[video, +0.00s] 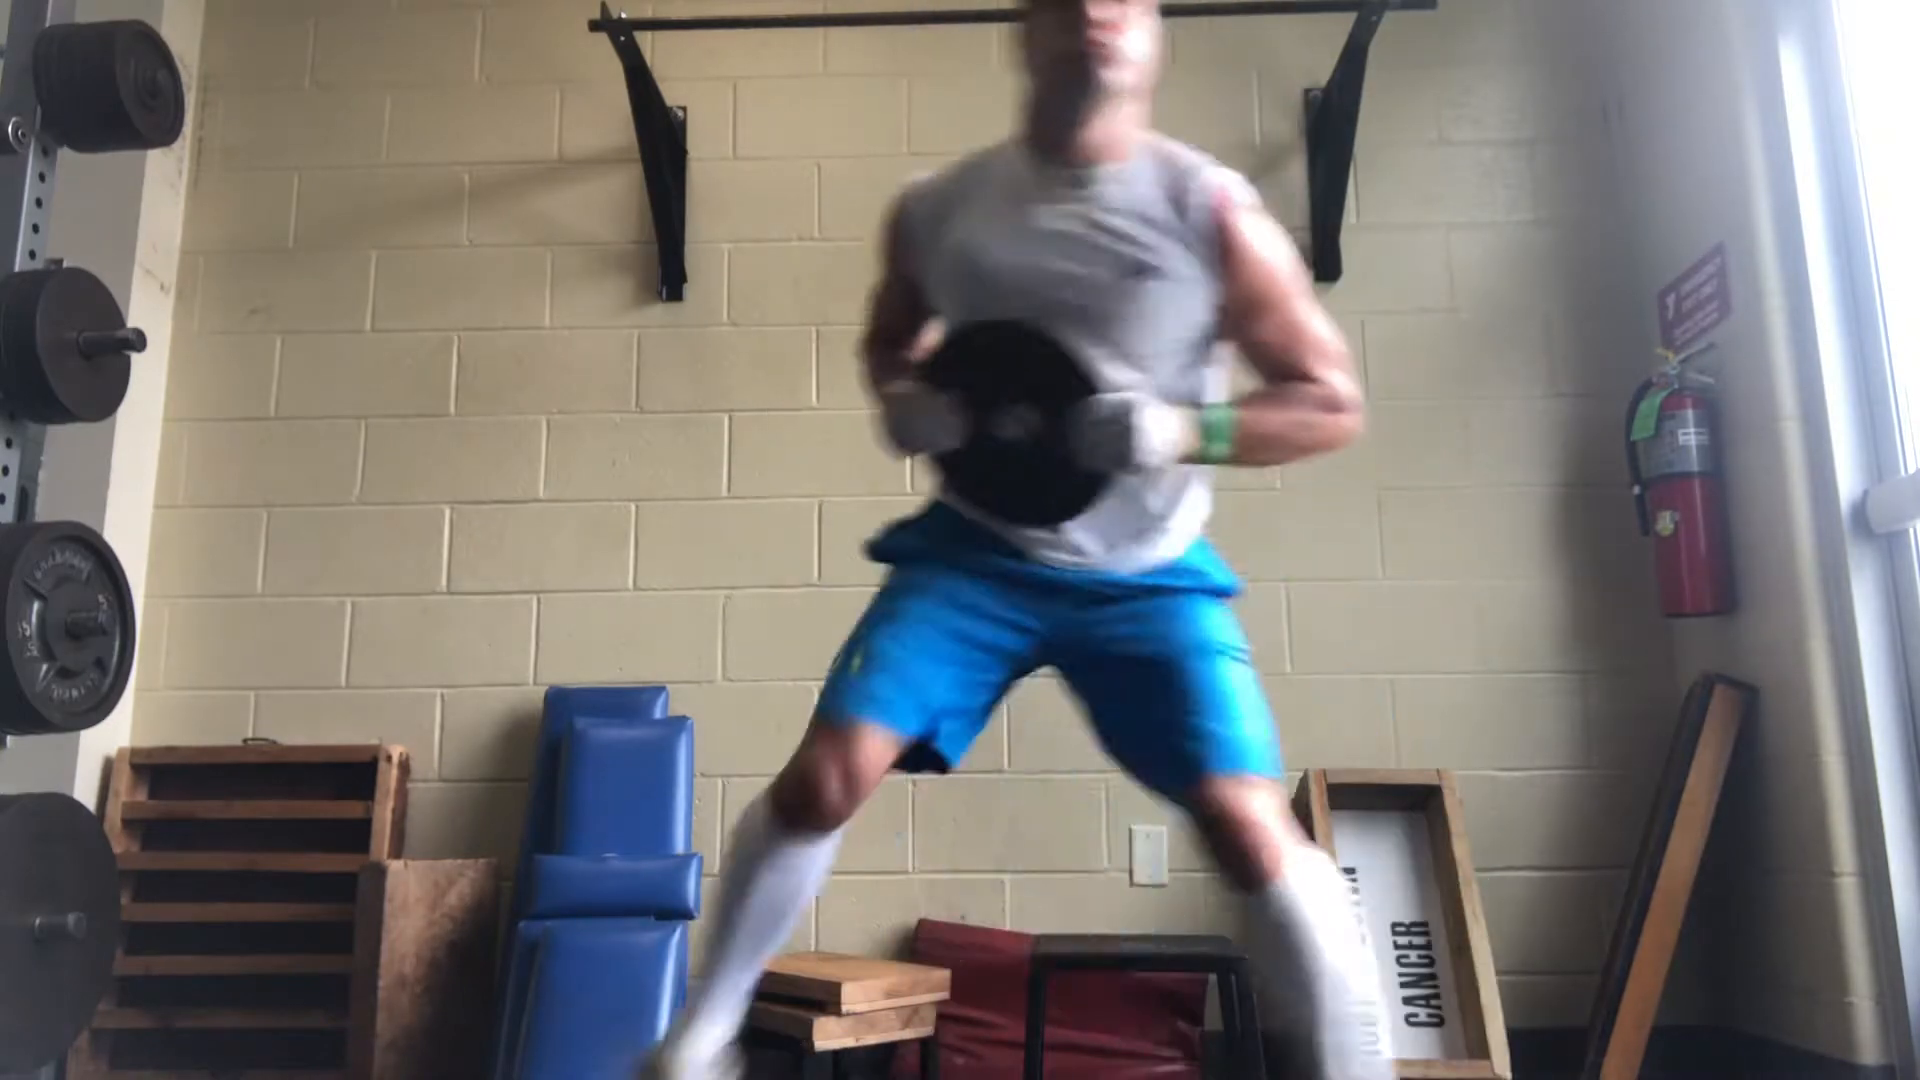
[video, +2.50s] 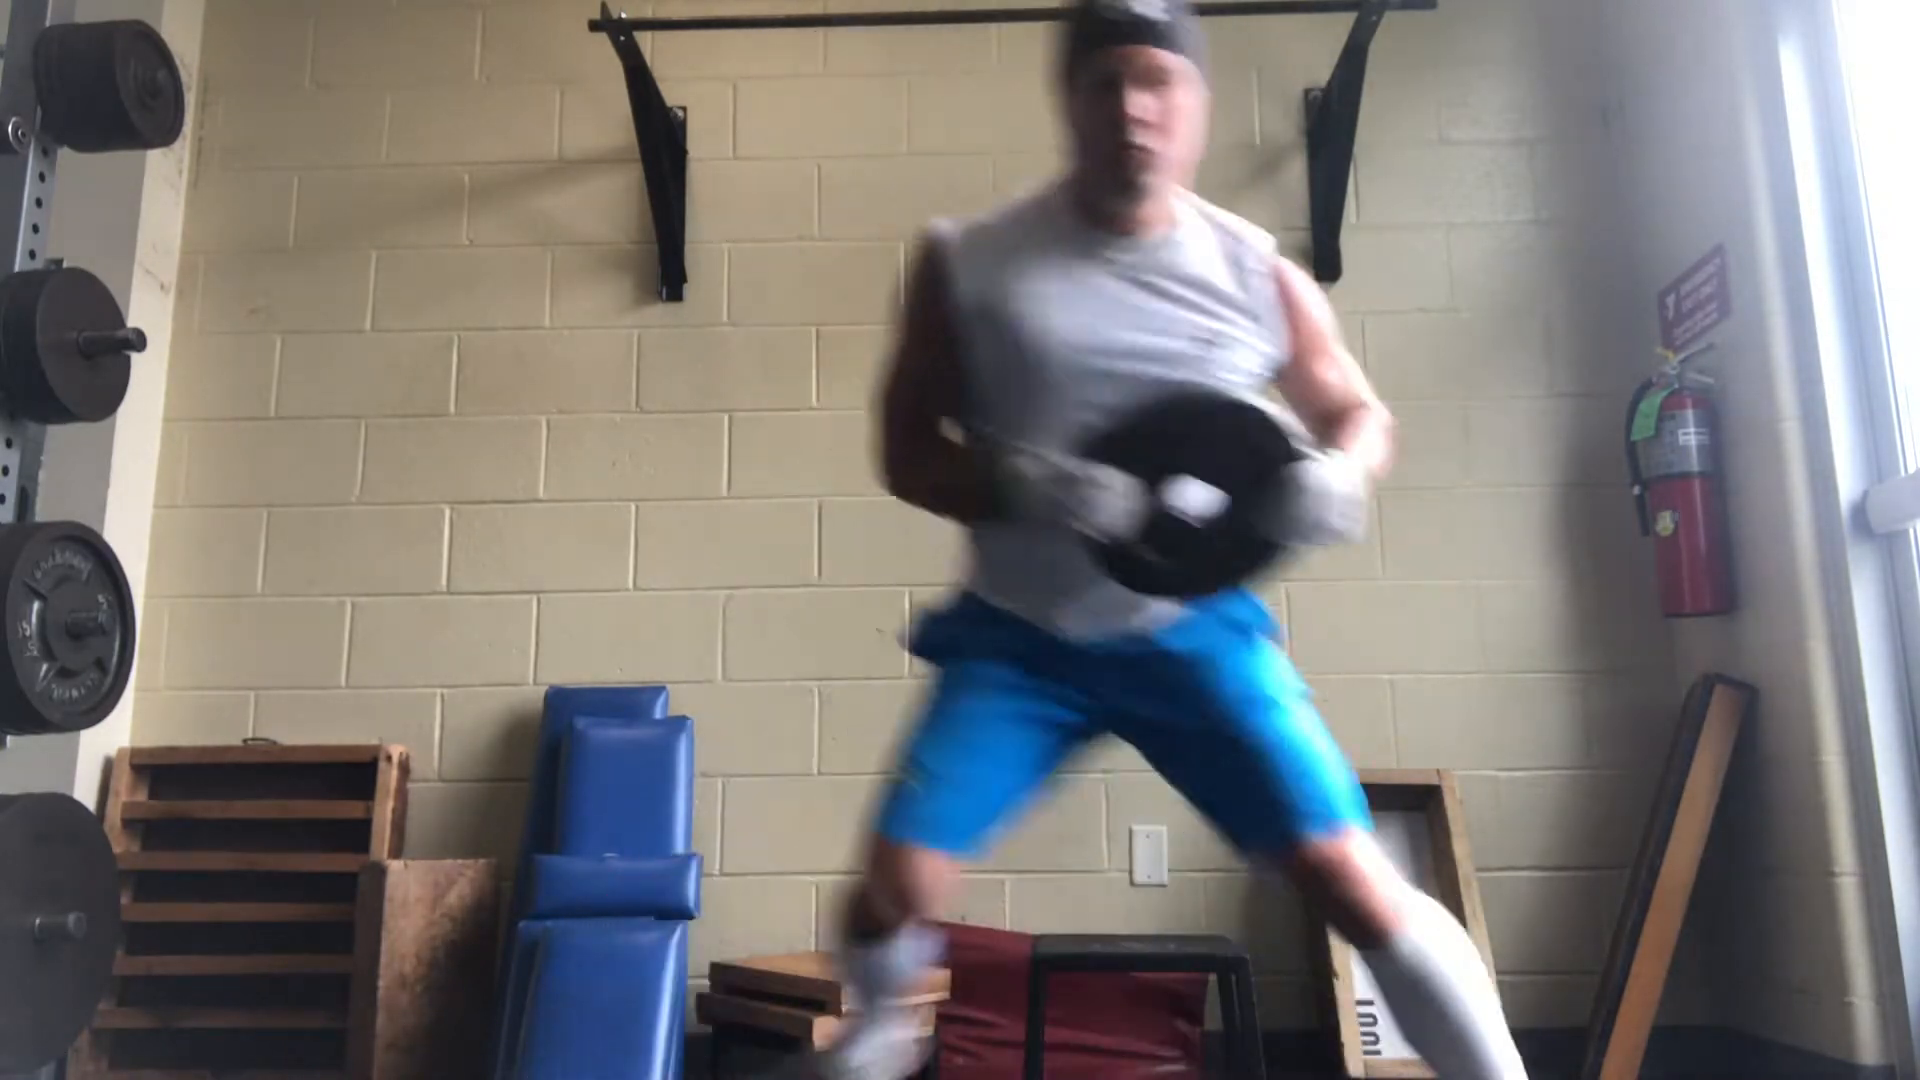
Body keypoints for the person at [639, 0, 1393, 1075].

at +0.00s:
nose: (1099, 25)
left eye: (1122, 6)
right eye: (1067, 7)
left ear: (1155, 37)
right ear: (1023, 33)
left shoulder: (1210, 212)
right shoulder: (936, 214)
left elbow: (1332, 404)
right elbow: (887, 362)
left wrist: (1173, 430)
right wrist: (916, 410)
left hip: (1152, 581)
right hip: (972, 562)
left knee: (1249, 829)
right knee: (823, 780)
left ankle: (1361, 1073)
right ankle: (690, 1053)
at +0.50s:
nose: (1088, 72)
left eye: (1111, 50)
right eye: (1060, 53)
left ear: (1151, 82)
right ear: (1021, 86)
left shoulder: (1220, 247)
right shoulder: (938, 262)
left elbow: (1333, 395)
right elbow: (879, 434)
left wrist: (1292, 451)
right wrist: (981, 467)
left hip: (1180, 606)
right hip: (998, 616)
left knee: (1317, 813)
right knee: (874, 857)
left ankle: (1501, 1068)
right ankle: (771, 1066)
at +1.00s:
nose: (1053, 57)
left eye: (1079, 35)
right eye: (1028, 34)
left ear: (1113, 66)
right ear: (992, 62)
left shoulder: (1169, 235)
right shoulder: (906, 240)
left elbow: (1261, 446)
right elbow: (840, 414)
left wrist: (1100, 456)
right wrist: (877, 429)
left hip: (1118, 594)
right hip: (941, 582)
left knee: (1209, 832)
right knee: (793, 805)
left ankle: (1308, 1075)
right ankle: (646, 1062)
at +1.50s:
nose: (1052, 71)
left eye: (1073, 46)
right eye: (1025, 50)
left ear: (1111, 74)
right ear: (989, 81)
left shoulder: (1187, 238)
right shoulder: (902, 250)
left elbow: (1285, 364)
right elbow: (846, 428)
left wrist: (1265, 433)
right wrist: (958, 453)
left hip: (1137, 594)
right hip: (962, 604)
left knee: (1274, 823)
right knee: (854, 846)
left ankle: (1448, 1070)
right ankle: (802, 1065)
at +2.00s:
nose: (965, 62)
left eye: (989, 36)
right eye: (938, 38)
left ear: (1028, 59)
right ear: (903, 63)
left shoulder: (1097, 225)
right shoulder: (823, 243)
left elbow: (1194, 427)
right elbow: (775, 438)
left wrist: (1052, 463)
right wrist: (793, 449)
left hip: (1051, 599)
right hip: (877, 594)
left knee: (1135, 856)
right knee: (724, 832)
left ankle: (1166, 1074)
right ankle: (560, 1075)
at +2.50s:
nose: (1133, 111)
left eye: (1157, 83)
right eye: (1106, 84)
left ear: (1200, 105)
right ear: (1067, 104)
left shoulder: (1258, 275)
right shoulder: (966, 265)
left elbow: (1362, 418)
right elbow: (907, 455)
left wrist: (1340, 476)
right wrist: (1022, 485)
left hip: (1200, 643)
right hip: (1018, 644)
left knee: (1348, 878)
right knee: (897, 887)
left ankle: (1497, 1074)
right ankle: (884, 1036)